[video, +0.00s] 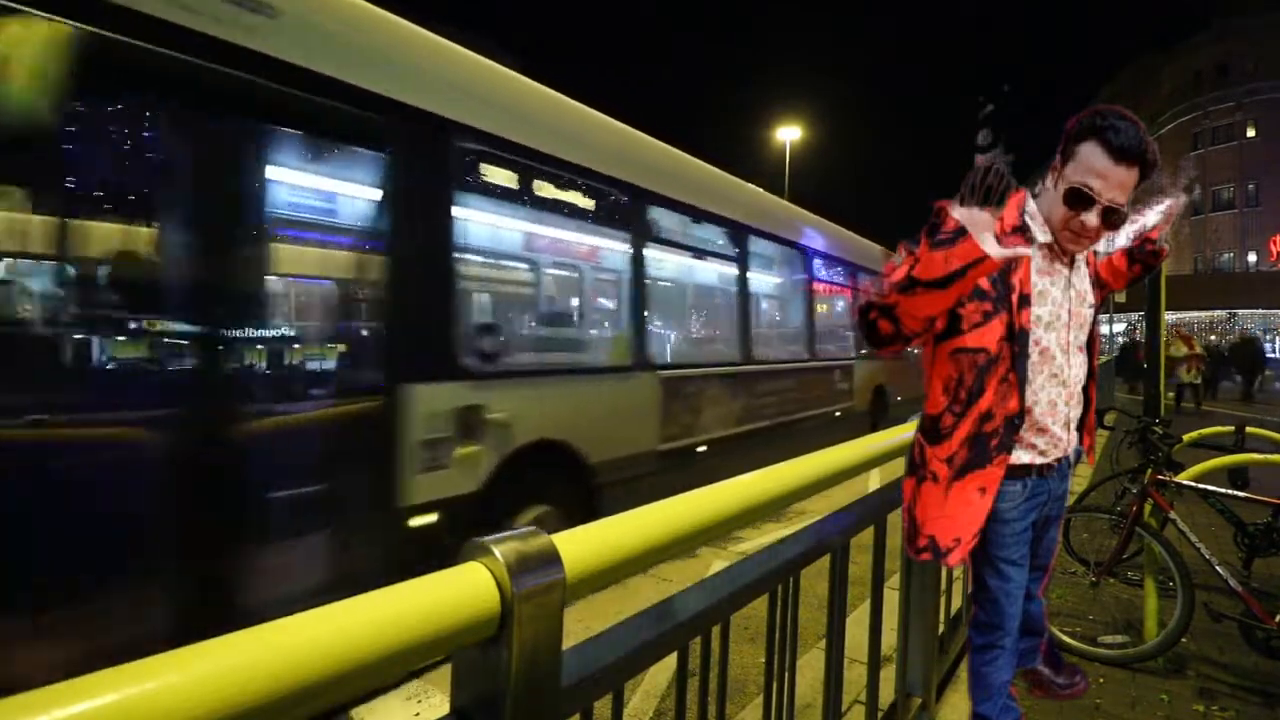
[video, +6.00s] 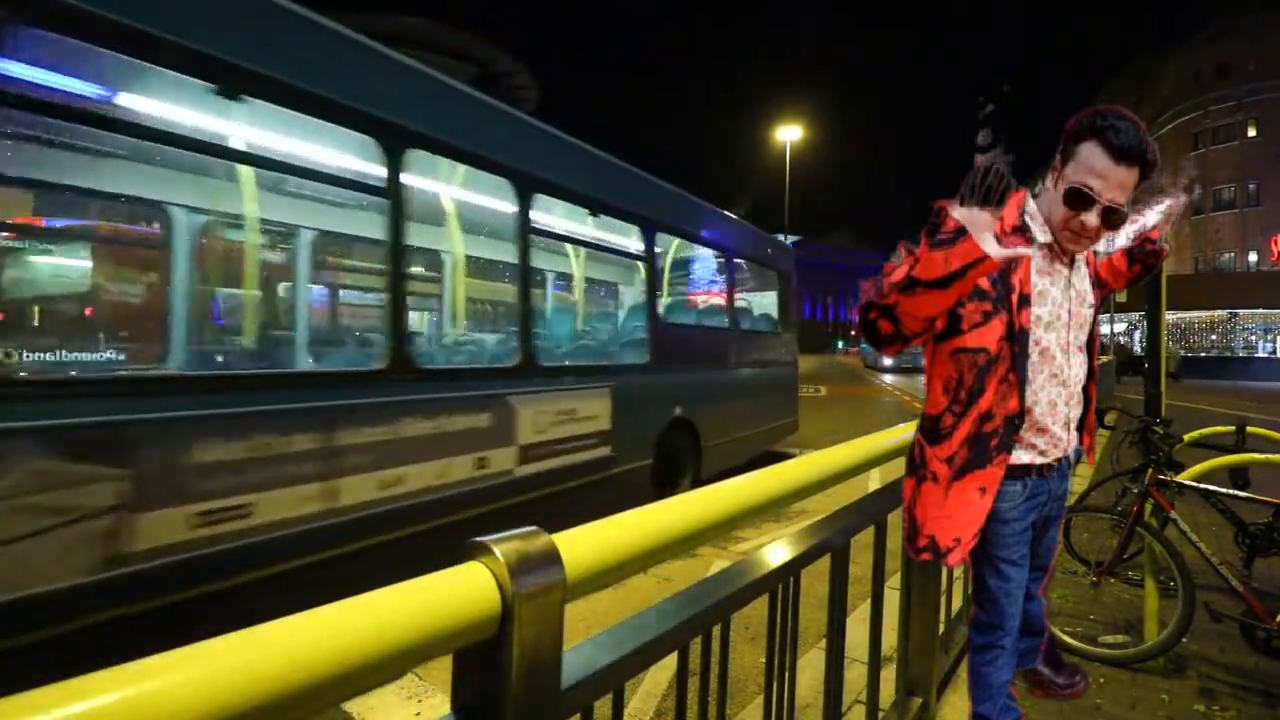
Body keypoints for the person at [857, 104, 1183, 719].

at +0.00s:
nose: (1089, 222)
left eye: (1109, 212)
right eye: (1080, 197)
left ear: (1123, 211)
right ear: (1052, 171)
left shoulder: (1083, 264)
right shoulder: (984, 242)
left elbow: (1112, 273)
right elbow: (882, 326)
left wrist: (1150, 241)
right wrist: (962, 245)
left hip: (1057, 467)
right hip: (1000, 474)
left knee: (1035, 581)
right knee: (999, 611)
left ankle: (1028, 659)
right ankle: (994, 709)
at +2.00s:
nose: (1089, 222)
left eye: (1110, 212)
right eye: (1079, 198)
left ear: (1123, 211)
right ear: (1051, 171)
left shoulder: (1084, 264)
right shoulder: (985, 242)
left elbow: (1112, 272)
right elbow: (882, 328)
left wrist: (1151, 241)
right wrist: (962, 246)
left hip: (1057, 467)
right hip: (1000, 475)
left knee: (1035, 581)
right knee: (1000, 612)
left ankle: (1027, 659)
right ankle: (993, 709)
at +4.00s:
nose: (1089, 222)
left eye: (1109, 212)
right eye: (1079, 198)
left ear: (1123, 211)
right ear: (1052, 172)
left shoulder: (1084, 265)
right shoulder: (985, 242)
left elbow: (1113, 272)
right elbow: (882, 328)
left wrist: (1152, 240)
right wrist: (962, 246)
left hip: (1057, 467)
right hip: (1000, 475)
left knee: (1034, 581)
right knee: (1000, 611)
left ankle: (1028, 659)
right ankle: (993, 709)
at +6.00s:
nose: (1089, 222)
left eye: (1110, 211)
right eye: (1079, 197)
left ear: (1123, 211)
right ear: (1052, 172)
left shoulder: (1085, 264)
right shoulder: (984, 243)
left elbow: (1117, 270)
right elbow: (883, 327)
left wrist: (1151, 242)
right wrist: (962, 246)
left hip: (1058, 468)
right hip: (1000, 475)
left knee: (1035, 581)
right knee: (1000, 611)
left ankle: (1028, 659)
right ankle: (994, 709)